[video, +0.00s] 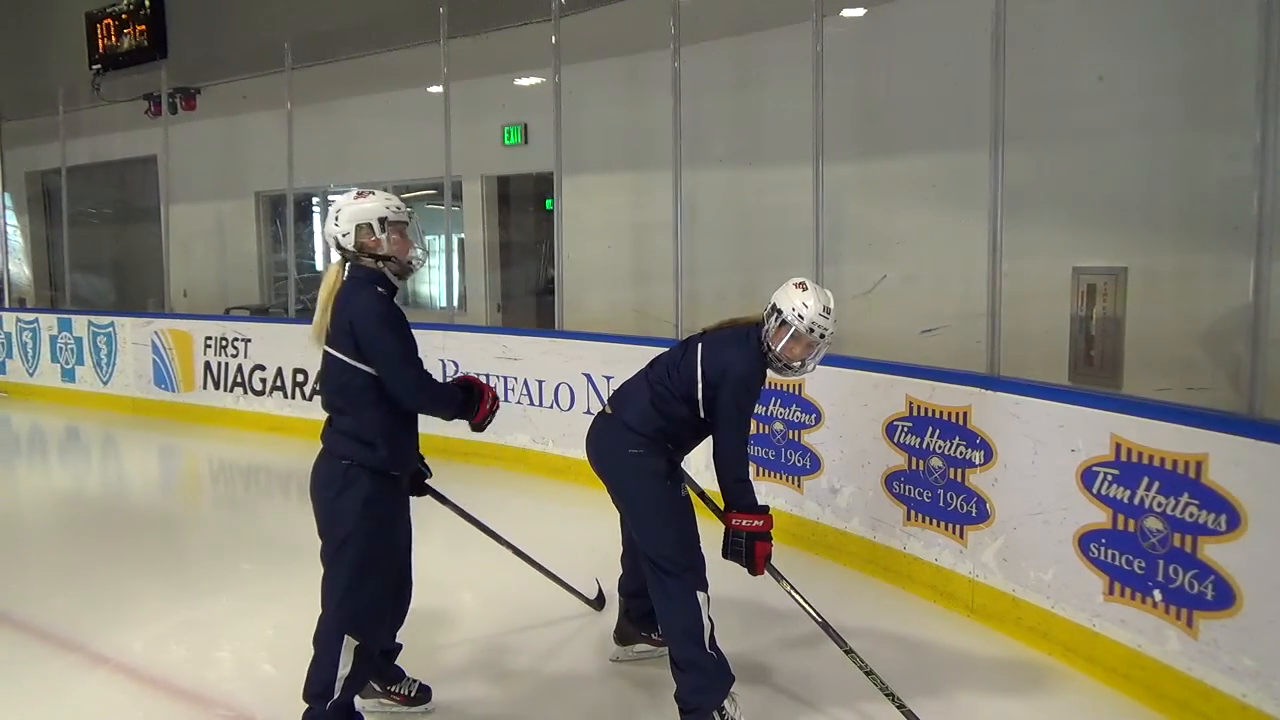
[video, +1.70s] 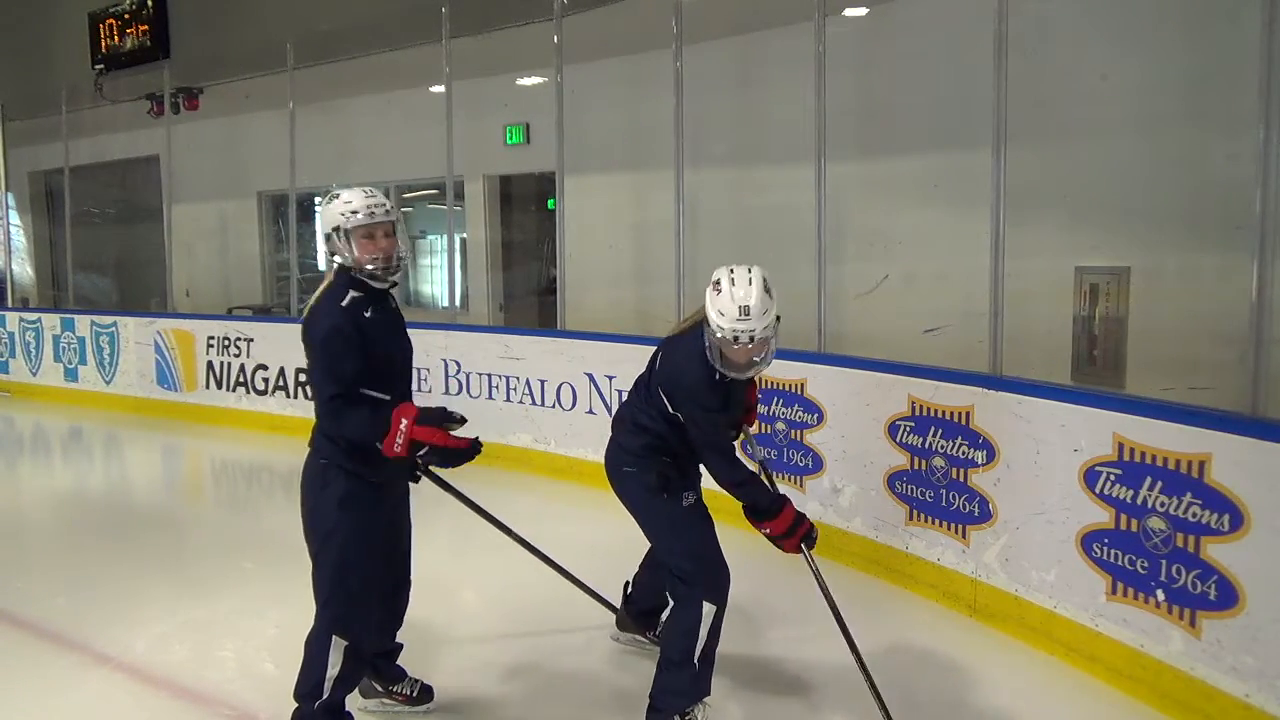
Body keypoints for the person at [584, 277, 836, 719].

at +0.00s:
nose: (793, 349)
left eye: (806, 343)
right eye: (789, 335)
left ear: (819, 347)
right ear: (772, 322)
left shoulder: (742, 341)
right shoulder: (742, 364)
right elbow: (730, 449)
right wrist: (747, 517)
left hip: (619, 436)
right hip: (636, 447)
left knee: (645, 536)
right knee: (679, 569)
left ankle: (637, 625)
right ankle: (704, 704)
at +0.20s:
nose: (793, 349)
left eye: (806, 343)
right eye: (789, 335)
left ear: (819, 347)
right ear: (772, 322)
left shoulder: (743, 340)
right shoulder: (743, 365)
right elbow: (730, 450)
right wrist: (748, 518)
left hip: (619, 435)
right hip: (636, 446)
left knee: (644, 536)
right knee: (680, 570)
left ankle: (637, 625)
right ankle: (704, 704)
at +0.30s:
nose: (795, 350)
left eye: (807, 344)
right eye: (791, 335)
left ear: (820, 347)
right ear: (773, 322)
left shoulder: (743, 341)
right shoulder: (743, 365)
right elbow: (731, 451)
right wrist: (749, 519)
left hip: (619, 435)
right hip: (636, 446)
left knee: (645, 535)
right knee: (680, 570)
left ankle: (637, 624)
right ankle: (704, 704)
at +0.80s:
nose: (807, 357)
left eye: (816, 349)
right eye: (803, 343)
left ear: (823, 347)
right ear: (779, 326)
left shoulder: (742, 343)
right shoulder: (743, 365)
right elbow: (731, 451)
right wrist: (749, 520)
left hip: (618, 437)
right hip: (636, 447)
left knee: (647, 536)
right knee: (682, 570)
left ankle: (638, 625)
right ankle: (706, 704)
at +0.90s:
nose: (804, 356)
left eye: (812, 348)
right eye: (800, 342)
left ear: (819, 345)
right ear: (775, 325)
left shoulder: (738, 340)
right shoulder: (741, 365)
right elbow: (731, 451)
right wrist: (751, 519)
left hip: (618, 440)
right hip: (638, 452)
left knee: (656, 540)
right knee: (691, 572)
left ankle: (641, 625)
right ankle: (697, 705)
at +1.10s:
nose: (795, 342)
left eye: (803, 332)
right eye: (788, 329)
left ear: (812, 324)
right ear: (761, 315)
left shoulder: (730, 327)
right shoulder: (731, 358)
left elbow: (676, 370)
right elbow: (735, 451)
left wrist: (692, 426)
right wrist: (760, 520)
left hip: (649, 446)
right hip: (633, 451)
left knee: (669, 542)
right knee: (689, 577)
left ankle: (642, 625)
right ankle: (684, 706)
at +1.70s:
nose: (745, 354)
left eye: (756, 342)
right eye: (733, 343)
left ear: (770, 331)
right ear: (712, 331)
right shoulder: (691, 370)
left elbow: (737, 374)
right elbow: (721, 461)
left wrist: (742, 401)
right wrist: (776, 514)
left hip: (677, 458)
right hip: (641, 462)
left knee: (679, 540)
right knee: (704, 579)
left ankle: (637, 616)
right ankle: (672, 708)